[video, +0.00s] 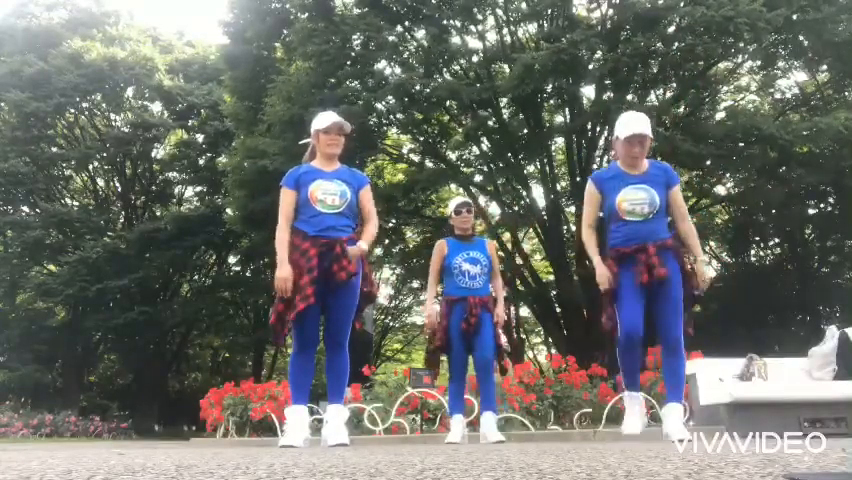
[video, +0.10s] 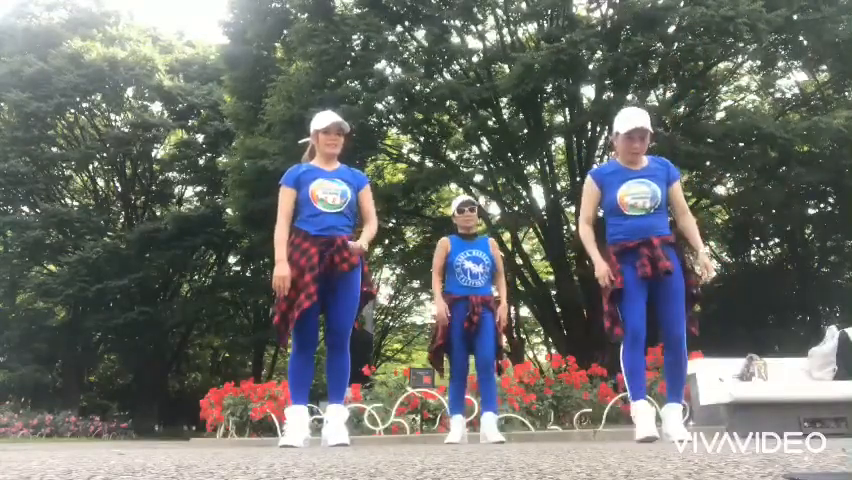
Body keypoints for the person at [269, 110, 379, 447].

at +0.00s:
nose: (333, 138)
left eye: (338, 134)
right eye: (327, 133)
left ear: (345, 139)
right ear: (314, 138)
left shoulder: (357, 178)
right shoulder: (297, 175)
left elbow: (371, 220)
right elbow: (284, 223)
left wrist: (362, 245)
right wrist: (282, 263)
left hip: (346, 259)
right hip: (305, 258)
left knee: (338, 340)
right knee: (305, 341)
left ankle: (336, 418)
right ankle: (297, 418)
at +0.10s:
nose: (332, 138)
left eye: (338, 133)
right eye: (326, 133)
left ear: (345, 138)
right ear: (314, 137)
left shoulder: (356, 178)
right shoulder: (296, 174)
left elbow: (371, 221)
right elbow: (282, 221)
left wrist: (361, 242)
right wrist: (281, 262)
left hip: (345, 259)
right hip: (305, 257)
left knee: (339, 338)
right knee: (304, 338)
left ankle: (336, 418)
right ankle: (297, 418)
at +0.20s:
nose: (332, 138)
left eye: (337, 134)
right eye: (326, 133)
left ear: (344, 139)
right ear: (313, 138)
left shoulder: (356, 178)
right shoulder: (296, 174)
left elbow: (368, 220)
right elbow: (281, 220)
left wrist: (360, 242)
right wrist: (280, 260)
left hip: (345, 257)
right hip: (304, 256)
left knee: (341, 336)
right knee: (304, 336)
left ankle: (336, 417)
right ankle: (297, 417)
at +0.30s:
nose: (331, 139)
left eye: (336, 134)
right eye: (324, 133)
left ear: (343, 139)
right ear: (312, 138)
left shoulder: (353, 178)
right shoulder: (295, 173)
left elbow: (364, 223)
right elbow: (281, 219)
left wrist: (358, 237)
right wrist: (283, 258)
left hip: (343, 255)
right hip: (304, 254)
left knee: (342, 332)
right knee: (304, 333)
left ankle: (337, 416)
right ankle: (297, 417)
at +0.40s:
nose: (329, 139)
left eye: (334, 134)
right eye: (323, 133)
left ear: (341, 139)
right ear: (310, 138)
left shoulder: (350, 180)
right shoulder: (294, 172)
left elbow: (362, 223)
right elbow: (281, 217)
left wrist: (354, 243)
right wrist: (285, 257)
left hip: (342, 254)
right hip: (303, 252)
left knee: (341, 331)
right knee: (302, 333)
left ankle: (336, 416)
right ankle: (297, 417)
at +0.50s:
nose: (328, 139)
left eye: (333, 134)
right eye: (322, 134)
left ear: (340, 139)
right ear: (309, 138)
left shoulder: (348, 180)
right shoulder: (293, 172)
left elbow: (361, 223)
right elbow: (280, 216)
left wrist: (353, 242)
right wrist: (285, 255)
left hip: (340, 254)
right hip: (303, 251)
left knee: (341, 331)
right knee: (302, 333)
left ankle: (336, 416)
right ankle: (297, 417)